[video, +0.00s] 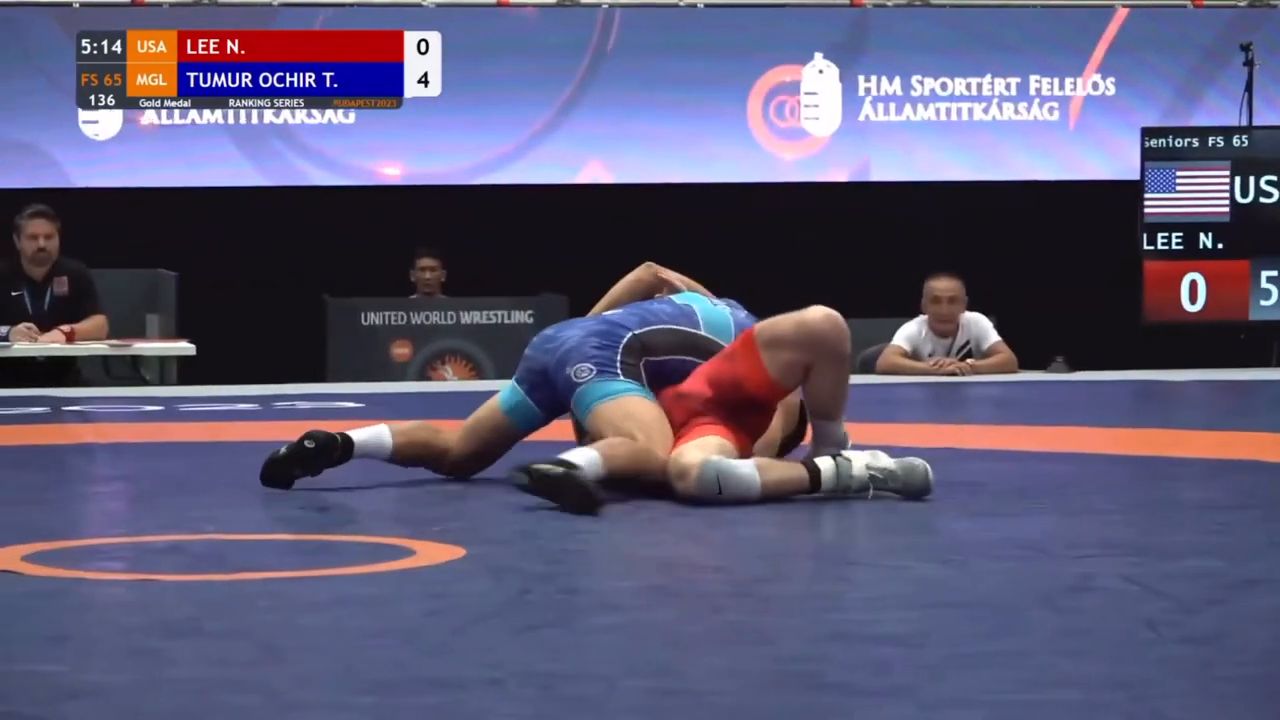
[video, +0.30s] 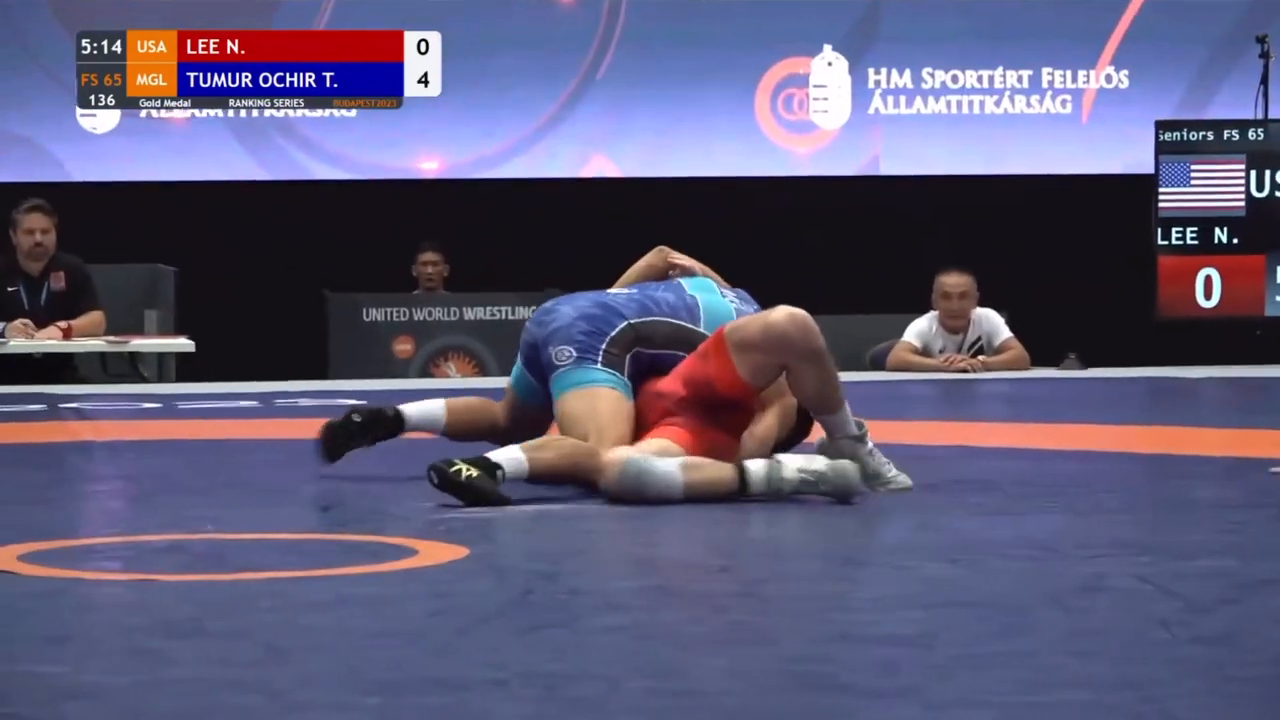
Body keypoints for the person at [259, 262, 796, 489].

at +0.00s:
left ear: (752, 320)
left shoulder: (723, 309)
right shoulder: (776, 362)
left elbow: (653, 269)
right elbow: (783, 428)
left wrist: (587, 326)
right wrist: (757, 467)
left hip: (552, 339)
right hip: (611, 346)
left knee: (461, 450)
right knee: (648, 451)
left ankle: (343, 441)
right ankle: (573, 465)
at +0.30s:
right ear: (806, 356)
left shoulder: (730, 297)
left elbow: (666, 252)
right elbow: (754, 443)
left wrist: (603, 309)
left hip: (551, 315)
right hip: (593, 333)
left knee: (513, 420)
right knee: (599, 452)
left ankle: (394, 415)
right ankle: (494, 463)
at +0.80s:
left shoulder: (731, 264)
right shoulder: (782, 344)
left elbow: (661, 212)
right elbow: (746, 435)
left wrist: (598, 270)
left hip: (533, 281)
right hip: (563, 309)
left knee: (546, 378)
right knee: (565, 433)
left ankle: (415, 414)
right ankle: (459, 457)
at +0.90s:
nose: (770, 391)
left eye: (780, 387)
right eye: (780, 388)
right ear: (779, 390)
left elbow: (653, 200)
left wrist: (594, 267)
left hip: (685, 348)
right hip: (688, 419)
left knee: (794, 294)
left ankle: (870, 424)